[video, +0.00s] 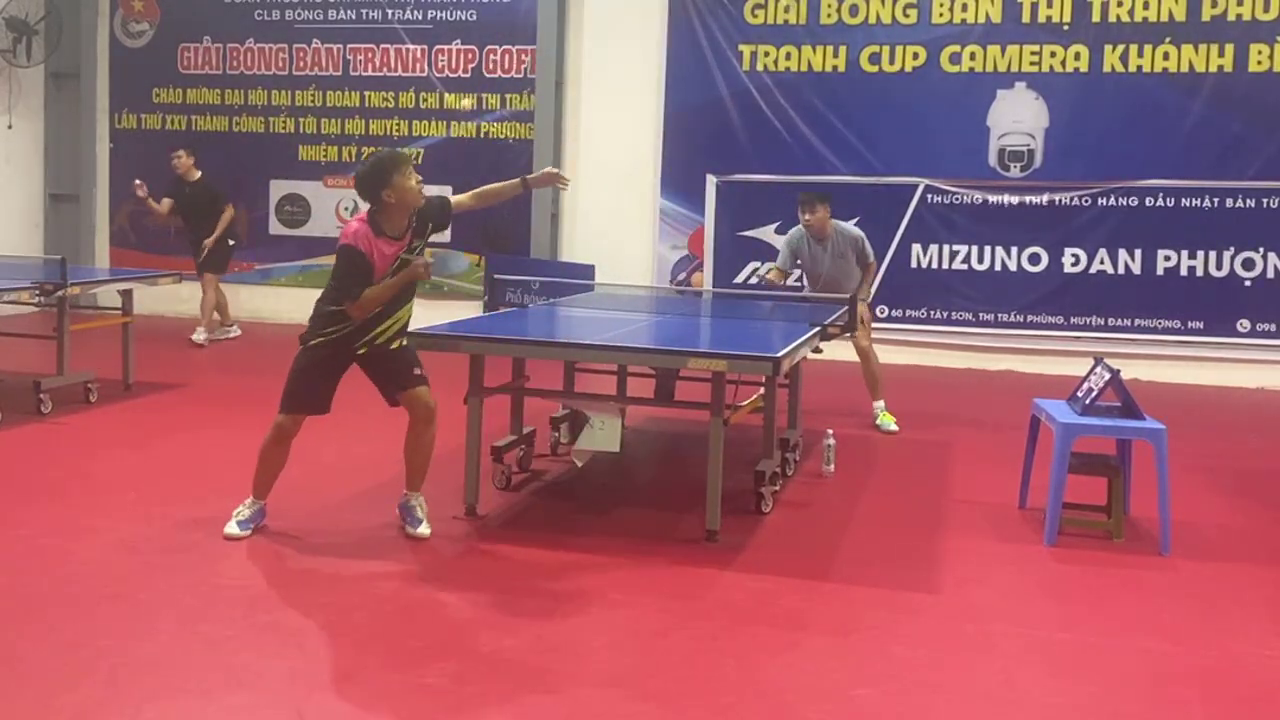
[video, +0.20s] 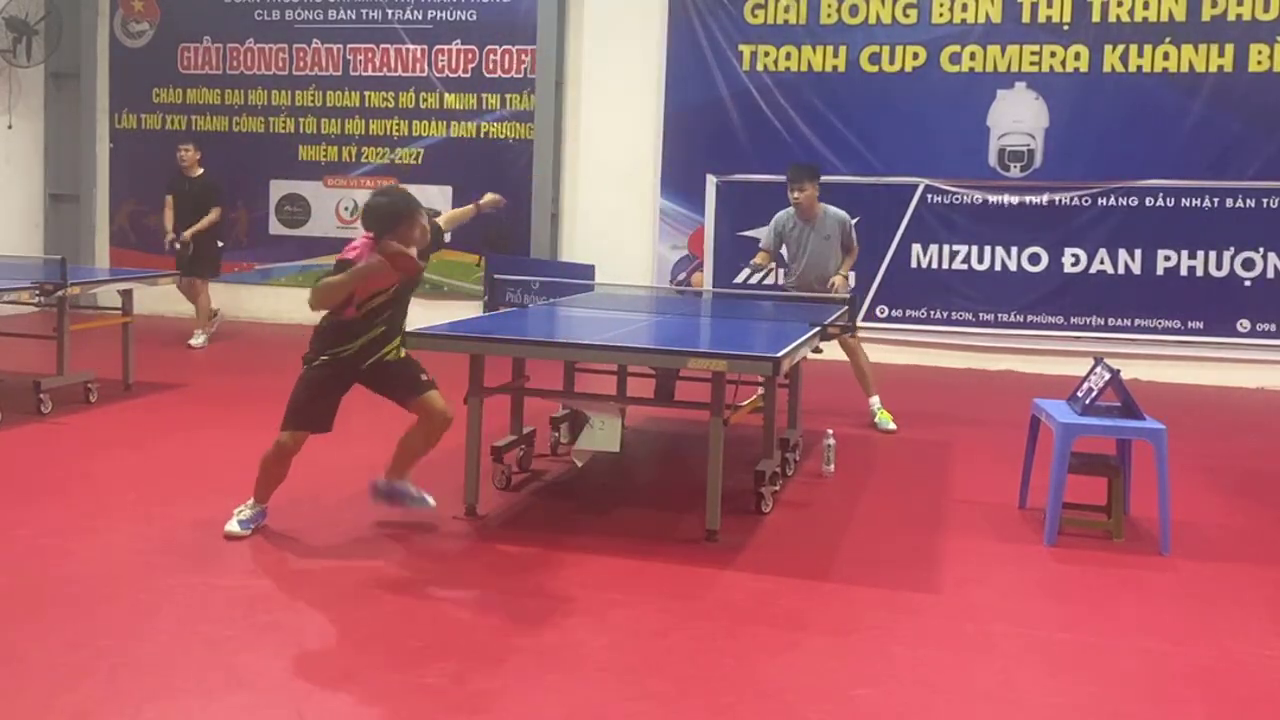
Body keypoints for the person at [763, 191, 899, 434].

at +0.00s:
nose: (806, 218)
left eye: (812, 213)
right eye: (802, 213)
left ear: (828, 212)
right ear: (799, 214)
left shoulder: (852, 235)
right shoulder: (795, 238)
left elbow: (870, 265)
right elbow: (780, 272)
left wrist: (861, 298)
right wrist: (773, 278)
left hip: (853, 301)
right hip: (816, 302)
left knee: (863, 347)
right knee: (784, 340)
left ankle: (880, 410)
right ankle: (766, 394)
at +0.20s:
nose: (795, 196)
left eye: (801, 190)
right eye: (792, 190)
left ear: (816, 190)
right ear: (788, 191)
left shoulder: (839, 219)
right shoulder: (782, 220)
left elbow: (852, 250)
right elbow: (767, 252)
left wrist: (842, 273)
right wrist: (762, 261)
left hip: (832, 298)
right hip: (793, 298)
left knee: (850, 343)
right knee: (774, 339)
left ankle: (876, 407)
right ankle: (766, 392)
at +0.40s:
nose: (794, 187)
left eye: (800, 181)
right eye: (791, 182)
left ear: (816, 181)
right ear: (788, 184)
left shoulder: (839, 212)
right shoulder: (781, 213)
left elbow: (849, 244)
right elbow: (766, 245)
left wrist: (832, 257)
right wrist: (756, 253)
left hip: (829, 295)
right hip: (789, 295)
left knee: (843, 344)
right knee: (771, 341)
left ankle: (849, 400)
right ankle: (764, 392)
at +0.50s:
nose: (797, 192)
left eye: (803, 185)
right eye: (793, 186)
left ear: (819, 184)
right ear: (790, 187)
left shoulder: (842, 215)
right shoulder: (784, 217)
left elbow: (854, 249)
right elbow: (767, 249)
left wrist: (836, 259)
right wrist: (751, 256)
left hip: (830, 298)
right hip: (790, 297)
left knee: (845, 346)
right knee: (770, 342)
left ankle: (849, 402)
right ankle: (763, 393)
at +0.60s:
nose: (796, 198)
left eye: (802, 192)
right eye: (793, 192)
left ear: (819, 192)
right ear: (789, 193)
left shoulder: (842, 221)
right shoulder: (782, 225)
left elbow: (857, 254)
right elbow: (759, 249)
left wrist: (844, 266)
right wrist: (747, 255)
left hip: (831, 303)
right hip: (789, 303)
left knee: (852, 352)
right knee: (765, 344)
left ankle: (850, 403)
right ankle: (759, 393)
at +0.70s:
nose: (787, 206)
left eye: (793, 199)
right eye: (784, 200)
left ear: (809, 199)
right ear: (780, 201)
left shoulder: (833, 228)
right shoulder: (774, 229)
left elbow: (852, 257)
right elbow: (746, 247)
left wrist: (849, 274)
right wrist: (734, 252)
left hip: (826, 306)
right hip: (784, 306)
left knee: (848, 356)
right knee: (744, 338)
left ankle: (850, 403)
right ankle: (740, 394)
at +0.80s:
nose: (770, 211)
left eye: (776, 206)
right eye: (767, 206)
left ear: (792, 205)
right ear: (763, 207)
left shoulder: (817, 231)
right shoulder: (757, 234)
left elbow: (837, 258)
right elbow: (723, 250)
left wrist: (844, 278)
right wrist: (719, 256)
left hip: (814, 311)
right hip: (773, 311)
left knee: (836, 355)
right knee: (739, 350)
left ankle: (848, 403)